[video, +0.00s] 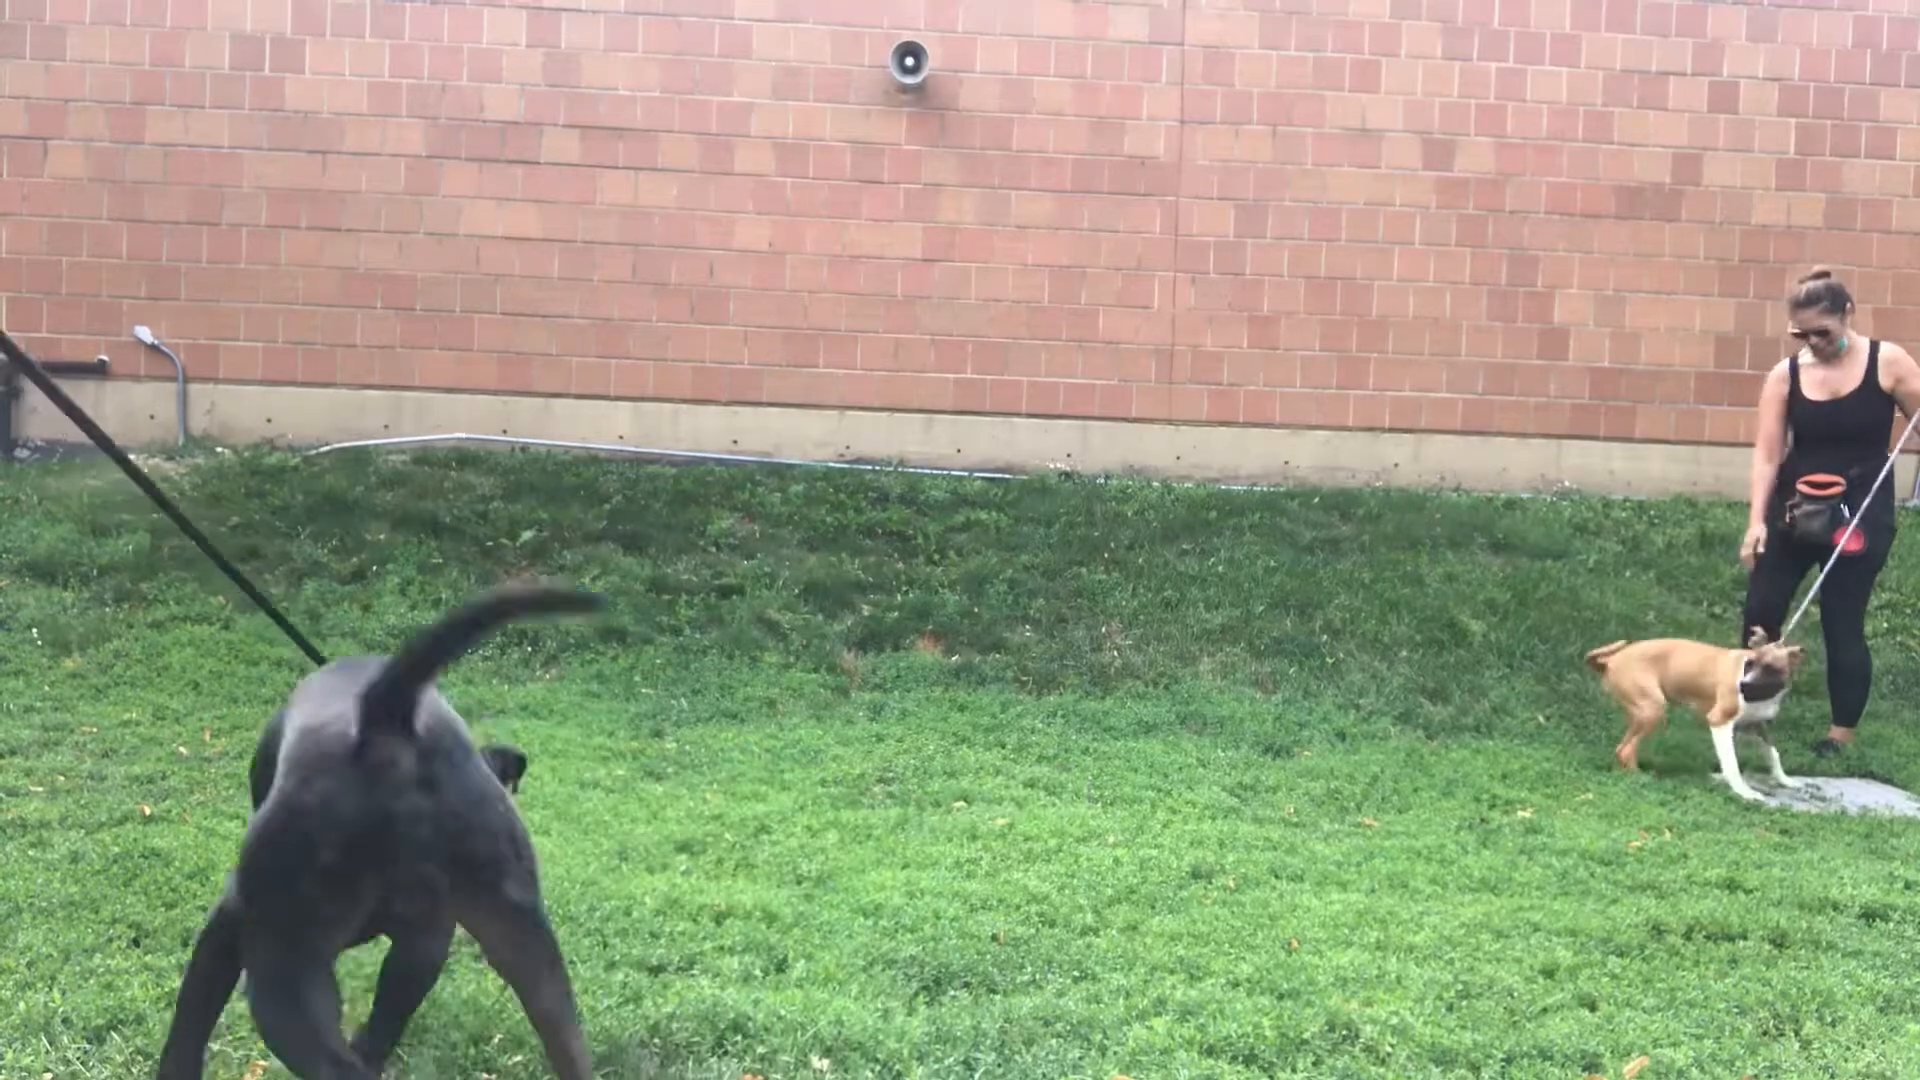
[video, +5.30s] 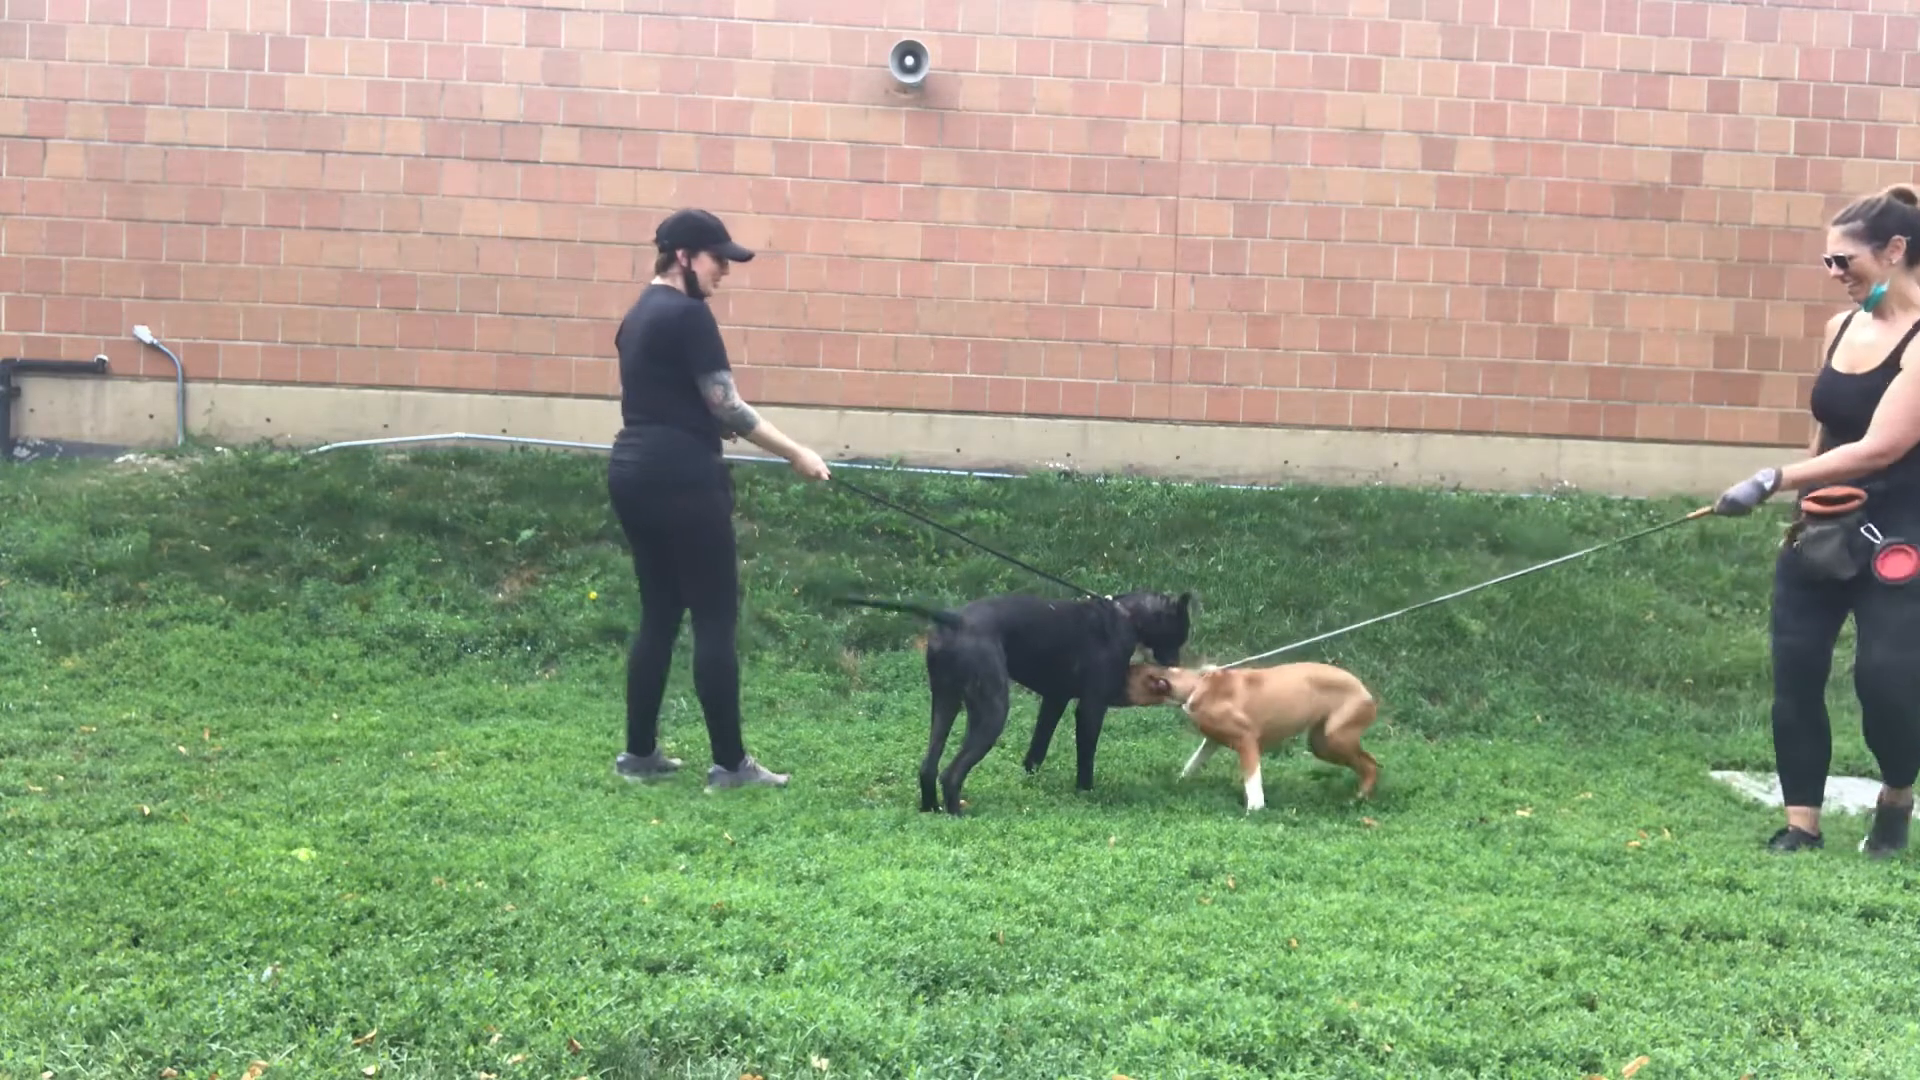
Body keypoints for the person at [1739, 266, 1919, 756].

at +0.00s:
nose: (1812, 342)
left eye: (1821, 332)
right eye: (1803, 333)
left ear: (1847, 316)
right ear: (1793, 325)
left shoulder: (1890, 364)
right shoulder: (1784, 376)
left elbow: (1916, 423)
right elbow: (1767, 454)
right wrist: (1756, 520)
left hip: (1862, 511)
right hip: (1795, 507)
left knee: (1840, 617)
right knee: (1760, 607)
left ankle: (1841, 732)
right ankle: (1752, 710)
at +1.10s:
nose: (1804, 321)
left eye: (1813, 310)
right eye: (1796, 313)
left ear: (1843, 304)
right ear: (1791, 314)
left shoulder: (1873, 363)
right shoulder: (1789, 365)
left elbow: (1845, 441)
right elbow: (1772, 443)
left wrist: (1788, 471)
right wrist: (1756, 502)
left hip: (1846, 513)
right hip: (1791, 503)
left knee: (1830, 623)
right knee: (1733, 590)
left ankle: (1840, 737)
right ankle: (1741, 709)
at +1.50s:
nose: (1715, 323)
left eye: (1724, 313)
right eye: (1709, 315)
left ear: (1755, 309)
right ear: (1707, 316)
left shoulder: (1774, 362)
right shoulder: (1733, 363)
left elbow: (1755, 417)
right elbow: (1734, 434)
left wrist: (1720, 451)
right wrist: (1707, 489)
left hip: (1770, 512)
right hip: (1728, 506)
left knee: (1754, 622)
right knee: (1691, 600)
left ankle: (1824, 721)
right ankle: (1684, 715)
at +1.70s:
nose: (1681, 323)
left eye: (1690, 312)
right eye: (1673, 314)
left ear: (1718, 306)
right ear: (1668, 313)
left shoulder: (1737, 357)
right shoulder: (1692, 362)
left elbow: (1716, 417)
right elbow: (1692, 433)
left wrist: (1672, 455)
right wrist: (1669, 487)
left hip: (1741, 497)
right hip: (1698, 495)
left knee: (1685, 595)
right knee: (1671, 596)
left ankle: (1746, 712)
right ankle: (1682, 715)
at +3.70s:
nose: (1728, 297)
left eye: (1738, 288)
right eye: (1724, 288)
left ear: (1776, 283)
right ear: (1727, 286)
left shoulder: (1800, 347)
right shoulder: (1738, 341)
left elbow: (1749, 422)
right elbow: (1737, 425)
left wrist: (1681, 464)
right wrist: (1720, 481)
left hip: (1796, 498)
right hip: (1744, 492)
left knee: (1763, 611)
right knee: (1703, 608)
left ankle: (1772, 757)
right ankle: (1703, 726)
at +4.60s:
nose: (1770, 287)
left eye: (1781, 277)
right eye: (1767, 277)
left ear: (1825, 270)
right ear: (1769, 273)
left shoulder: (1854, 344)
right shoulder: (1762, 336)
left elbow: (1802, 435)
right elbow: (1740, 430)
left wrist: (1722, 461)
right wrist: (1706, 501)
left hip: (1819, 510)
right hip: (1750, 502)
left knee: (1820, 640)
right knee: (1726, 637)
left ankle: (1864, 791)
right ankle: (1714, 768)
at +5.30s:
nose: (1834, 272)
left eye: (1844, 260)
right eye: (1831, 260)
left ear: (1895, 251)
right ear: (1873, 257)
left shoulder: (1917, 340)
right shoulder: (1843, 328)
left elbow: (1884, 447)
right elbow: (1827, 434)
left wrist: (1773, 478)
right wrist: (1802, 497)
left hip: (1897, 529)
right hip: (1825, 520)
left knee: (1885, 676)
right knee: (1796, 667)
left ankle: (1896, 796)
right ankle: (1802, 825)